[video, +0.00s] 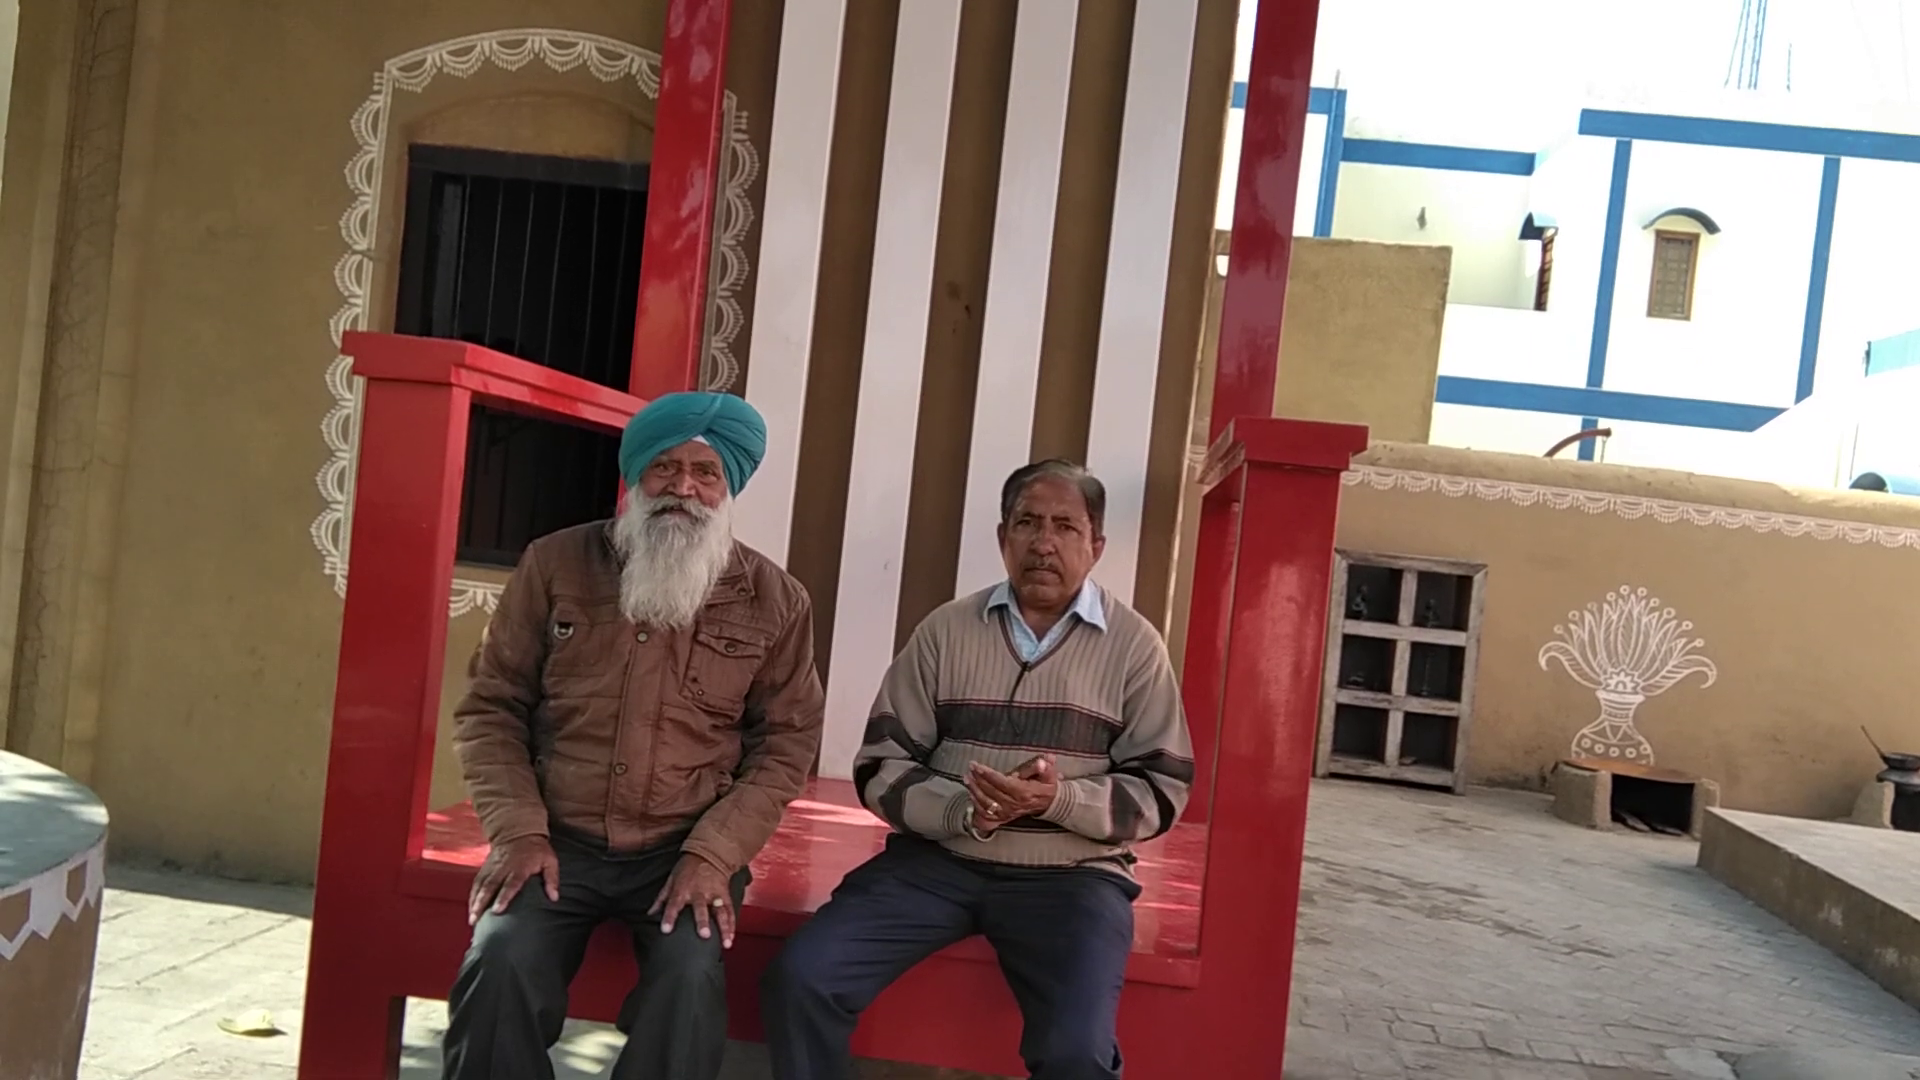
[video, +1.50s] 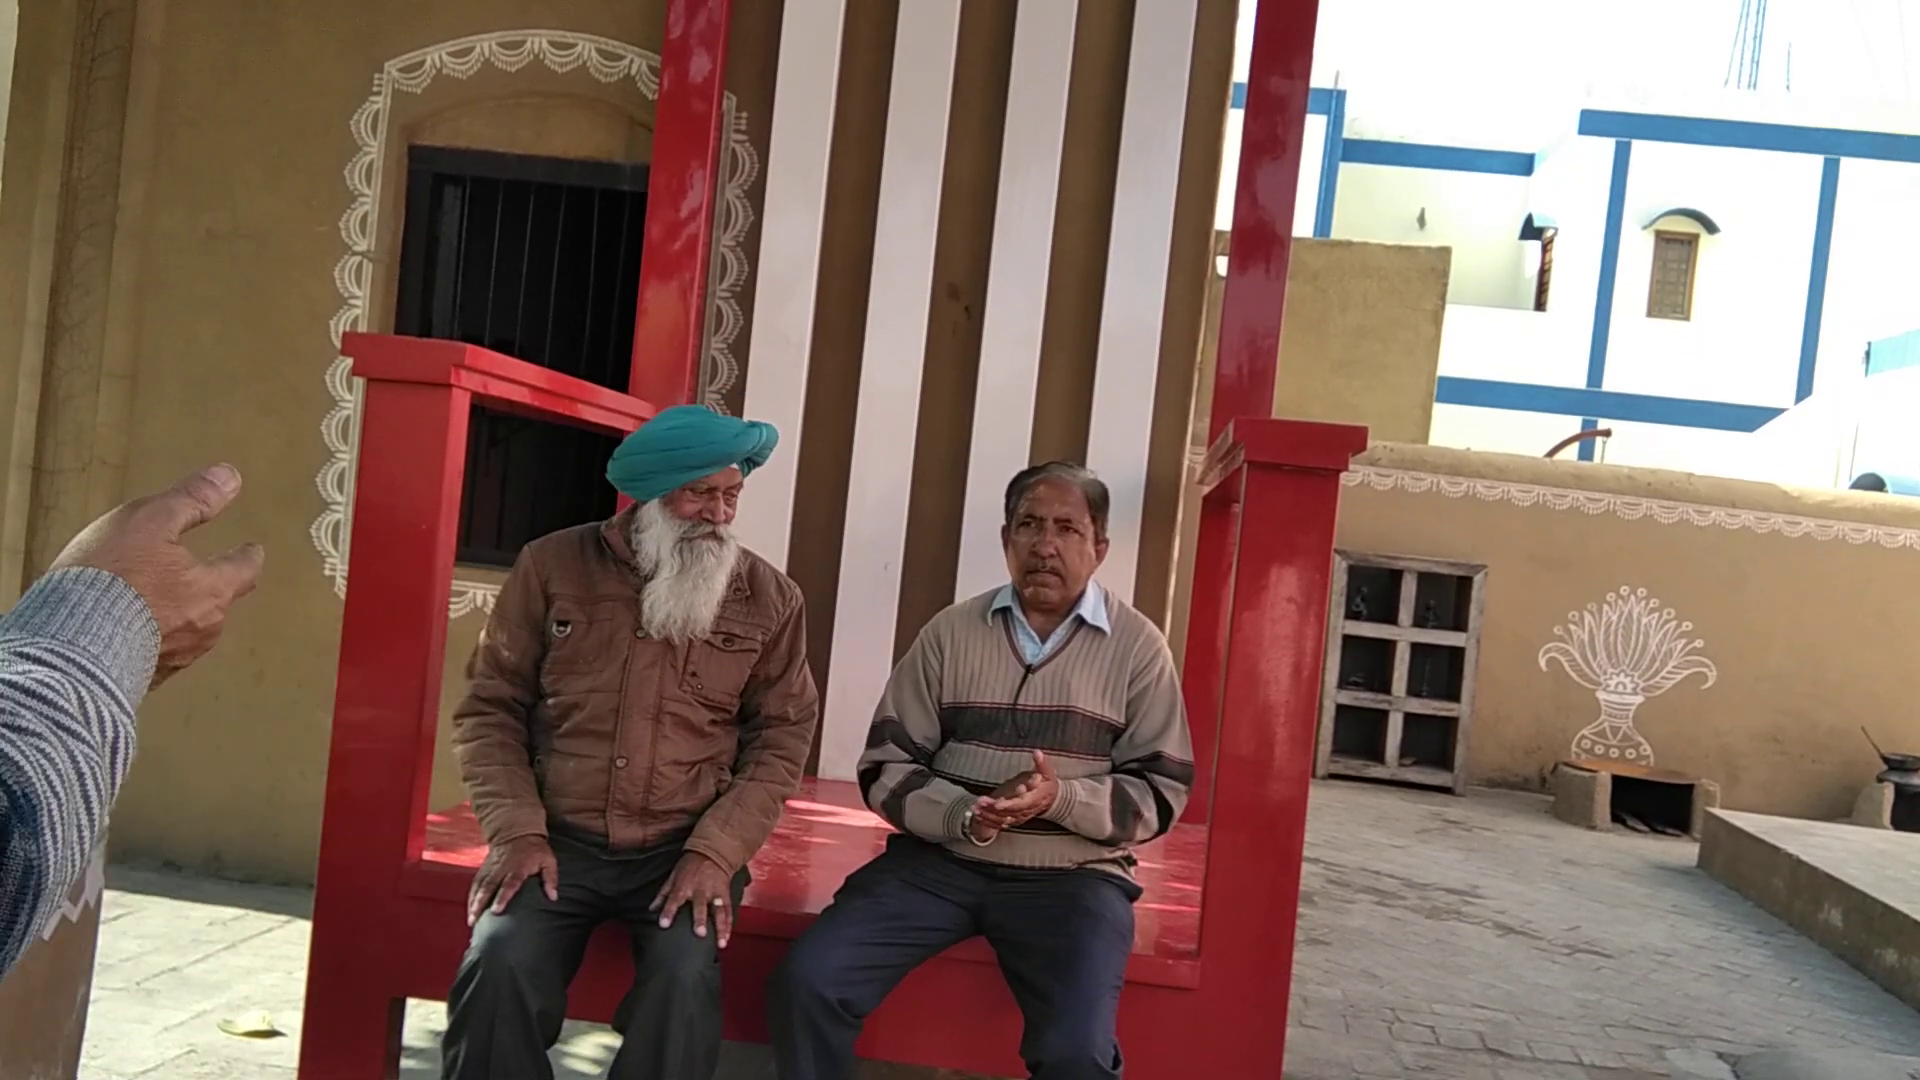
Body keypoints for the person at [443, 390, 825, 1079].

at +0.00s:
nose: (683, 487)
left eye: (706, 472)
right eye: (665, 468)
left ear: (729, 493)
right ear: (631, 483)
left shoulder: (775, 601)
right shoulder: (556, 565)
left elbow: (787, 747)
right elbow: (491, 706)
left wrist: (714, 853)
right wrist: (517, 828)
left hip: (685, 861)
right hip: (556, 849)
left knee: (690, 973)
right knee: (501, 961)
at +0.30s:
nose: (683, 488)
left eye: (705, 473)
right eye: (665, 469)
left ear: (730, 494)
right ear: (632, 484)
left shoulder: (774, 602)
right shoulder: (556, 567)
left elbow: (787, 748)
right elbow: (491, 707)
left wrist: (714, 855)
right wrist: (517, 829)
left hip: (685, 862)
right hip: (556, 851)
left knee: (690, 977)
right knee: (500, 965)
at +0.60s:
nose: (683, 488)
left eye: (706, 473)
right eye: (665, 469)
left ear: (730, 495)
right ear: (631, 484)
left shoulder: (775, 602)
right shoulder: (555, 567)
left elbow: (788, 748)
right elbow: (495, 714)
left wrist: (714, 854)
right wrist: (517, 829)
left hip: (685, 860)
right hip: (555, 849)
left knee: (690, 975)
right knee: (499, 963)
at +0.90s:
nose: (684, 487)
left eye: (707, 473)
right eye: (666, 468)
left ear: (730, 495)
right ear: (631, 484)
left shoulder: (774, 601)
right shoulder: (556, 566)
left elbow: (788, 747)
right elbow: (492, 713)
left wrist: (714, 853)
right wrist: (517, 829)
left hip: (685, 859)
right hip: (555, 847)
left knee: (691, 974)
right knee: (500, 962)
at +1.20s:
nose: (712, 509)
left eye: (727, 491)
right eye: (693, 489)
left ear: (741, 495)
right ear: (646, 490)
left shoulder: (773, 602)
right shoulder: (559, 565)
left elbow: (787, 742)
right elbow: (498, 708)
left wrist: (715, 853)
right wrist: (517, 828)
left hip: (685, 856)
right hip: (556, 845)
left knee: (685, 975)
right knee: (500, 961)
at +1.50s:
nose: (718, 513)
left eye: (731, 495)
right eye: (700, 494)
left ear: (742, 495)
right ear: (647, 492)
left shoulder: (769, 600)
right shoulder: (551, 568)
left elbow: (782, 740)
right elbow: (490, 707)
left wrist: (716, 851)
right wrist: (516, 827)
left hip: (685, 860)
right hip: (557, 848)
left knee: (684, 973)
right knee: (499, 961)